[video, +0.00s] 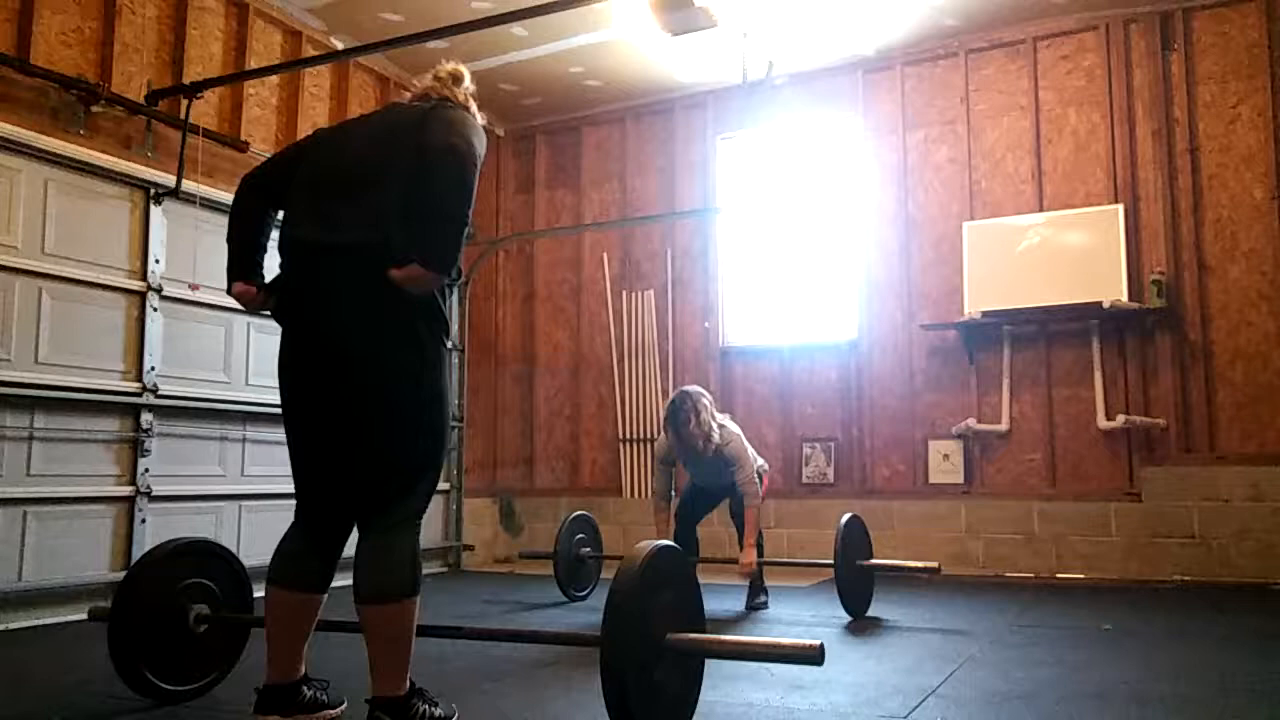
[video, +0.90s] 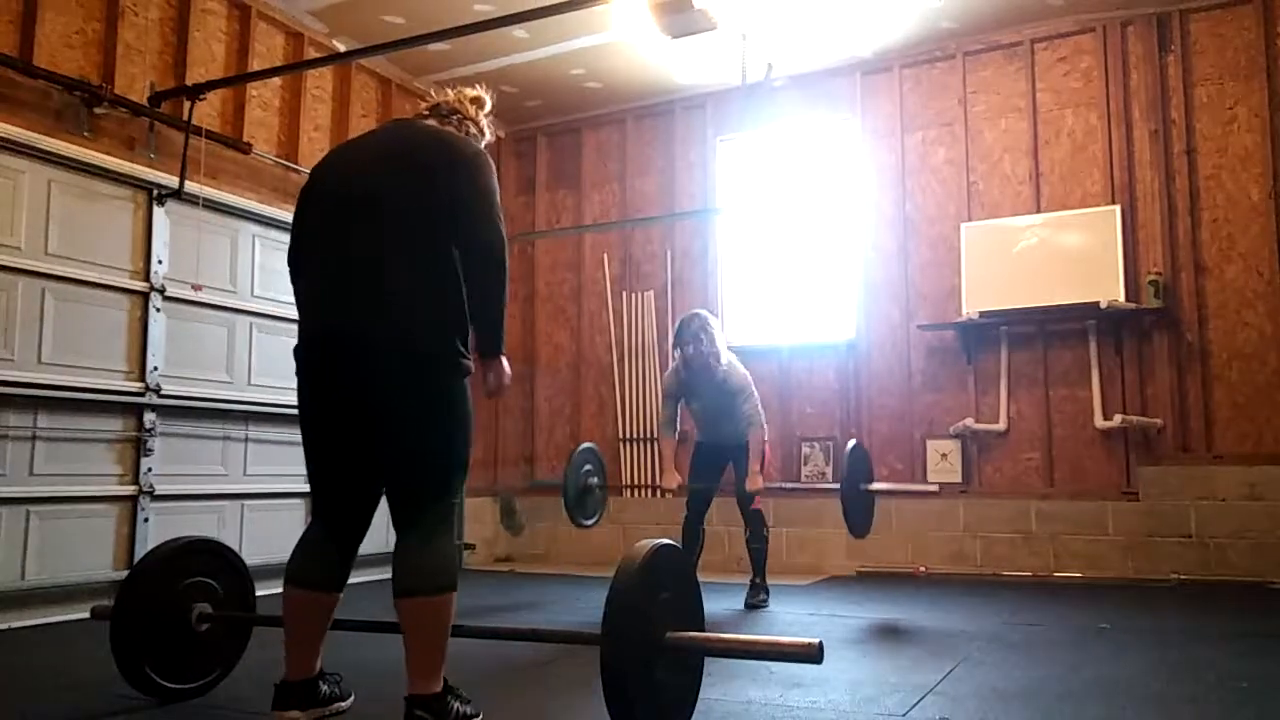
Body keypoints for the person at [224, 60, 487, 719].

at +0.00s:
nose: (475, 132)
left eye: (474, 124)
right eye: (475, 122)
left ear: (411, 96)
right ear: (463, 106)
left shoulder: (342, 135)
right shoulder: (457, 122)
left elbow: (257, 186)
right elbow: (450, 163)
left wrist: (244, 272)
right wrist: (436, 260)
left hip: (308, 329)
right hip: (396, 330)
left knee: (321, 508)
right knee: (394, 514)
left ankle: (281, 687)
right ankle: (392, 699)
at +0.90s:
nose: (488, 151)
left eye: (491, 145)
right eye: (488, 145)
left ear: (426, 113)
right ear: (475, 130)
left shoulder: (343, 153)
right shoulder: (463, 155)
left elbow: (301, 251)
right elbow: (485, 245)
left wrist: (329, 328)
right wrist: (490, 346)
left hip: (328, 357)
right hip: (420, 359)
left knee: (334, 514)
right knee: (429, 520)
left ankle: (298, 681)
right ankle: (427, 695)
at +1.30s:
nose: (506, 204)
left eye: (506, 196)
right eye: (507, 195)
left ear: (449, 172)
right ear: (496, 185)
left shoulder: (387, 200)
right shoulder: (487, 222)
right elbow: (493, 325)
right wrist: (495, 419)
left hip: (287, 348)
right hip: (382, 363)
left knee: (311, 515)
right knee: (404, 524)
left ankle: (294, 684)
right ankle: (422, 694)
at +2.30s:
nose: (498, 331)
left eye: (498, 323)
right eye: (499, 322)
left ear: (447, 296)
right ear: (493, 315)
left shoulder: (398, 311)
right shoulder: (479, 340)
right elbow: (493, 460)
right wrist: (496, 558)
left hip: (248, 362)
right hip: (356, 376)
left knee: (325, 521)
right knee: (419, 528)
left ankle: (297, 686)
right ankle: (426, 696)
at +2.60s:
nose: (499, 247)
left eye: (500, 238)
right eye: (499, 239)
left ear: (447, 211)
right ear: (491, 229)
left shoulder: (389, 231)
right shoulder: (480, 248)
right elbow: (497, 336)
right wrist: (491, 414)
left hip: (260, 341)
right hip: (359, 362)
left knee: (307, 517)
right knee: (405, 526)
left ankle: (292, 684)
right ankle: (421, 695)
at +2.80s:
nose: (493, 250)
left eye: (497, 242)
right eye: (493, 240)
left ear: (435, 211)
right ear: (484, 226)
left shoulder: (368, 235)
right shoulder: (471, 228)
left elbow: (276, 262)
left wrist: (304, 337)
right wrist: (489, 346)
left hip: (264, 360)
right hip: (363, 367)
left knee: (324, 519)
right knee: (414, 524)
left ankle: (298, 685)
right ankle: (423, 696)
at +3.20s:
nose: (495, 289)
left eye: (494, 277)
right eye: (496, 277)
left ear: (438, 257)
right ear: (488, 272)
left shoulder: (392, 280)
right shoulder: (475, 302)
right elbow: (491, 404)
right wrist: (500, 500)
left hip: (249, 361)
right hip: (353, 374)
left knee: (320, 519)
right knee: (411, 525)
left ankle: (297, 686)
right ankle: (425, 697)